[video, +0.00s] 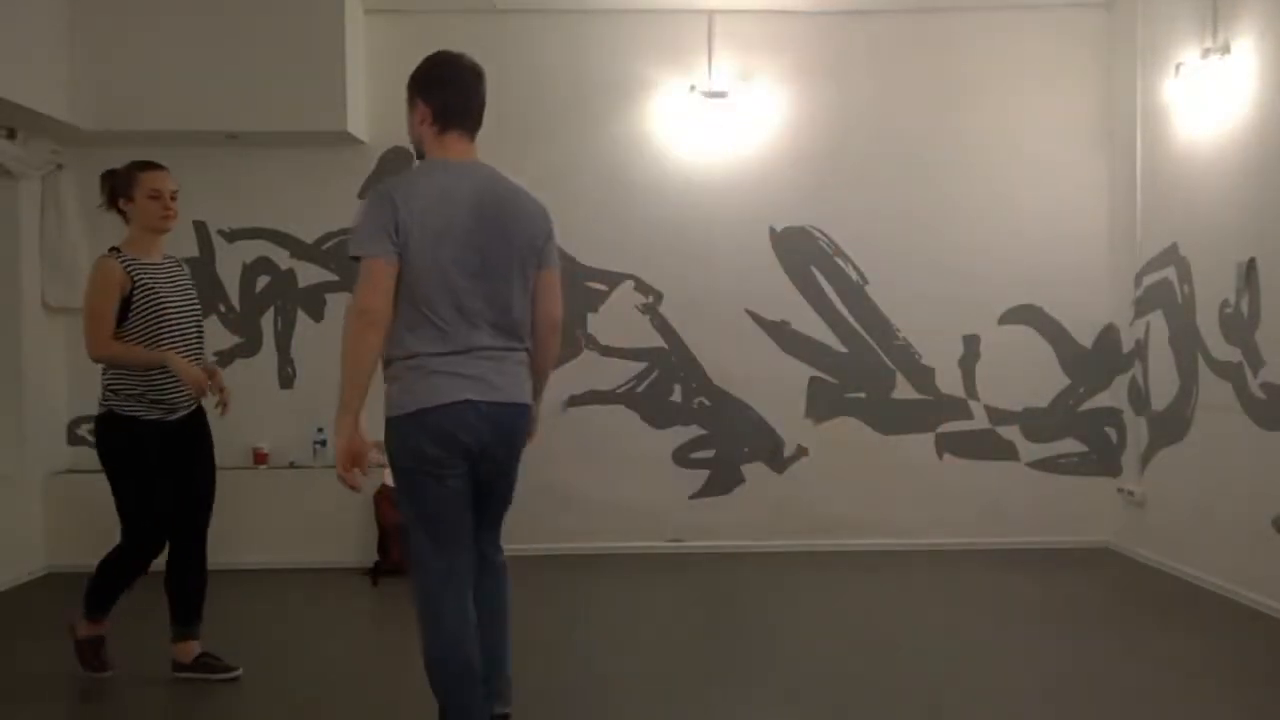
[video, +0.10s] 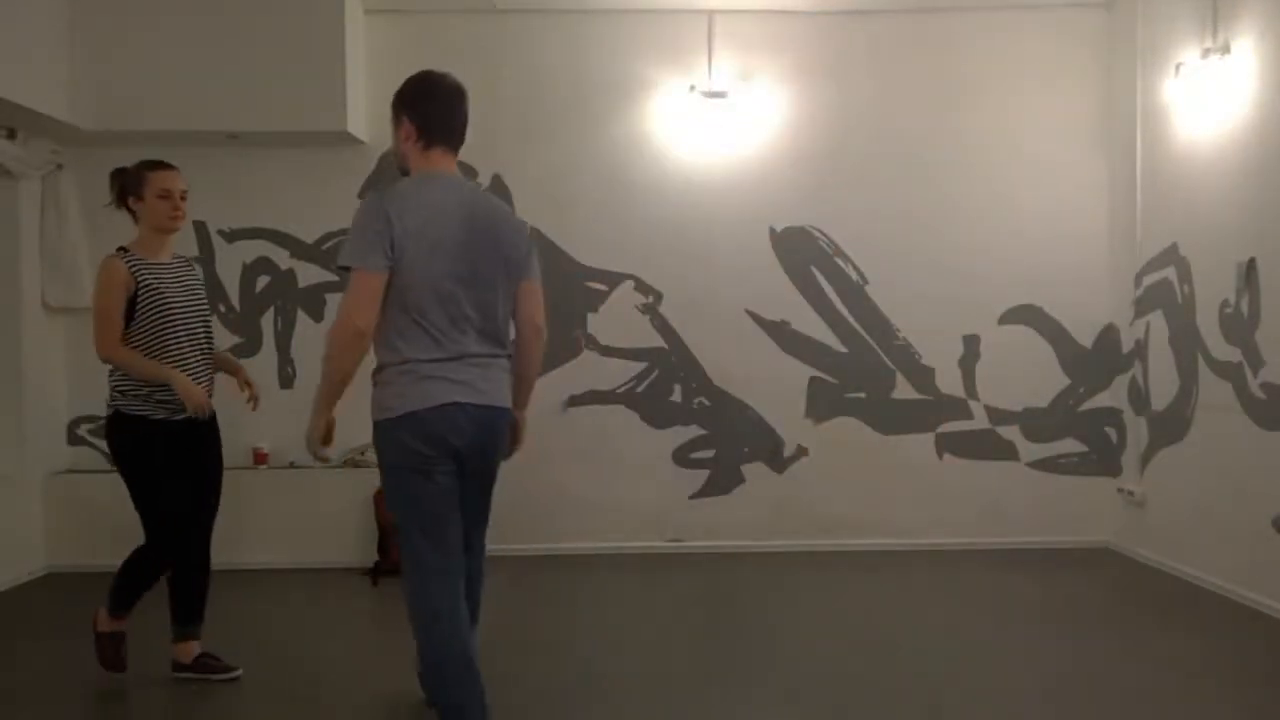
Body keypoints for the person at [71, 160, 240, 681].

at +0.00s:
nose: (169, 205)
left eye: (173, 196)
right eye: (156, 197)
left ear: (178, 203)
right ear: (126, 205)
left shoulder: (176, 267)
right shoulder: (113, 266)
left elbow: (173, 341)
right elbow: (99, 346)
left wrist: (207, 371)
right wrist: (170, 359)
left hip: (185, 422)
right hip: (131, 425)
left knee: (191, 536)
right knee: (146, 536)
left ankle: (187, 649)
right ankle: (90, 623)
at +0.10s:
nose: (178, 205)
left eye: (182, 196)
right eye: (165, 197)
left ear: (187, 203)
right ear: (135, 204)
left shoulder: (188, 267)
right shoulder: (120, 267)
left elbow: (192, 344)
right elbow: (108, 347)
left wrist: (233, 367)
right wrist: (173, 377)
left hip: (195, 421)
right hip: (140, 425)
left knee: (195, 535)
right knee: (167, 537)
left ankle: (186, 650)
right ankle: (111, 618)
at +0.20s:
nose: (185, 202)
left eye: (190, 194)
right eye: (172, 193)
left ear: (194, 201)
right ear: (142, 200)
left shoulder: (198, 266)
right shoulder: (125, 266)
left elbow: (208, 342)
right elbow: (119, 350)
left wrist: (255, 357)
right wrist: (168, 402)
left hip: (204, 418)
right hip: (146, 421)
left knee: (198, 537)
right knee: (176, 535)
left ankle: (188, 650)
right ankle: (145, 645)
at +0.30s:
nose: (190, 201)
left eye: (194, 193)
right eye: (178, 192)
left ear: (198, 199)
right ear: (147, 200)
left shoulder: (201, 266)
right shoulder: (131, 267)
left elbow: (218, 345)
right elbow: (125, 354)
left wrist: (273, 345)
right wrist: (151, 417)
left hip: (208, 419)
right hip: (156, 424)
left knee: (198, 538)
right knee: (173, 539)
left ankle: (190, 649)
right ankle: (169, 659)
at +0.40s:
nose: (195, 200)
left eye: (198, 191)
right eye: (182, 191)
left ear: (201, 198)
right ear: (151, 199)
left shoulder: (206, 266)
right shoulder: (135, 265)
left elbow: (231, 341)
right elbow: (122, 352)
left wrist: (284, 330)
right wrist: (138, 422)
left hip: (213, 420)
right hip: (163, 423)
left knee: (199, 537)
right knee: (171, 540)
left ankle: (189, 650)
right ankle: (168, 660)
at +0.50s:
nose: (197, 199)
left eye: (201, 191)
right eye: (185, 191)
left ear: (203, 199)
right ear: (154, 199)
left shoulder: (208, 266)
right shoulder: (136, 266)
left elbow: (247, 337)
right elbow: (119, 350)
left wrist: (295, 306)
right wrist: (132, 422)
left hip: (217, 422)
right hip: (165, 426)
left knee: (200, 539)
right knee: (167, 542)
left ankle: (189, 650)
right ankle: (167, 660)